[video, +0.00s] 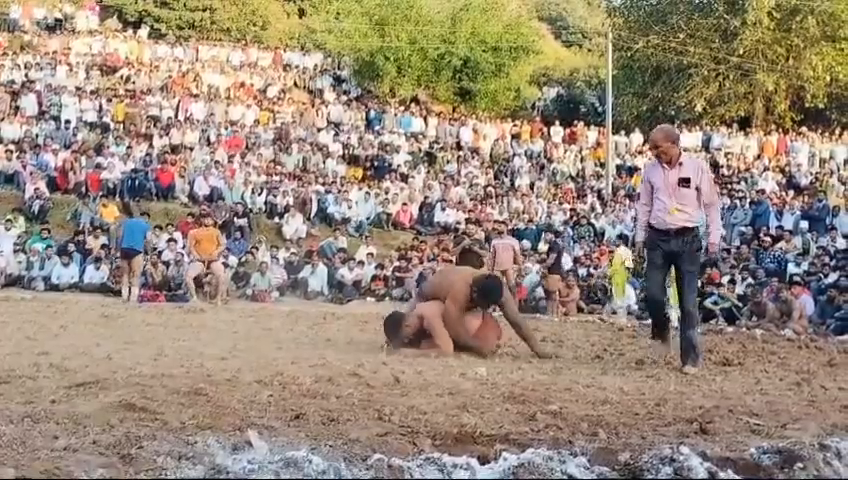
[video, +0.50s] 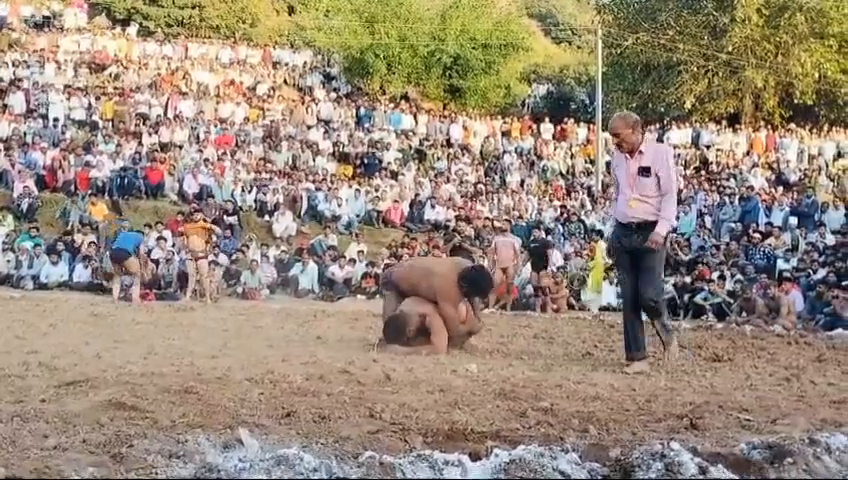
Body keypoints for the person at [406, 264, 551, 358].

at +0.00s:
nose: (485, 308)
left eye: (489, 305)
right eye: (483, 304)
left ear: (498, 293)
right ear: (474, 292)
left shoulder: (496, 285)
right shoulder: (459, 290)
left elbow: (515, 319)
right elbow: (453, 332)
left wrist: (537, 349)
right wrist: (478, 348)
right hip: (427, 294)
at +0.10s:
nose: (477, 302)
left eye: (482, 300)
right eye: (474, 299)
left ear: (490, 287)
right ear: (466, 287)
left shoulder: (490, 279)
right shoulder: (450, 285)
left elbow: (511, 311)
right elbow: (453, 329)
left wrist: (523, 347)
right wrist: (478, 341)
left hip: (459, 303)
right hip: (426, 301)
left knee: (484, 340)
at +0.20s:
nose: (470, 300)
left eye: (475, 297)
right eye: (468, 296)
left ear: (485, 284)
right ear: (461, 284)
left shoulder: (483, 278)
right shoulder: (447, 284)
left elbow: (503, 299)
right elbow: (456, 330)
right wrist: (477, 338)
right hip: (418, 290)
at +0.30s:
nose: (470, 295)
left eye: (475, 293)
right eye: (468, 292)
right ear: (460, 281)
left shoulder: (481, 271)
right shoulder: (446, 280)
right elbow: (456, 328)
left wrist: (490, 325)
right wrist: (477, 334)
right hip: (410, 289)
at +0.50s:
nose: (475, 299)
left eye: (478, 296)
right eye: (475, 295)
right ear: (467, 289)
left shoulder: (468, 265)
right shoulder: (447, 289)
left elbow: (472, 296)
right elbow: (454, 330)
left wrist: (476, 318)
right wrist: (470, 327)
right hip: (393, 279)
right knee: (391, 329)